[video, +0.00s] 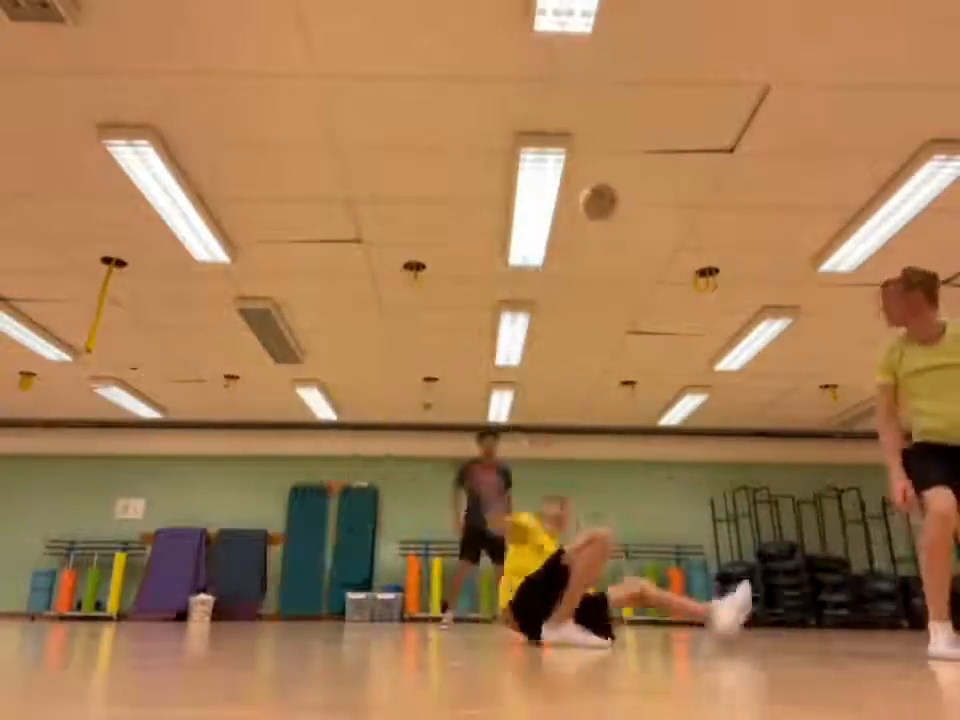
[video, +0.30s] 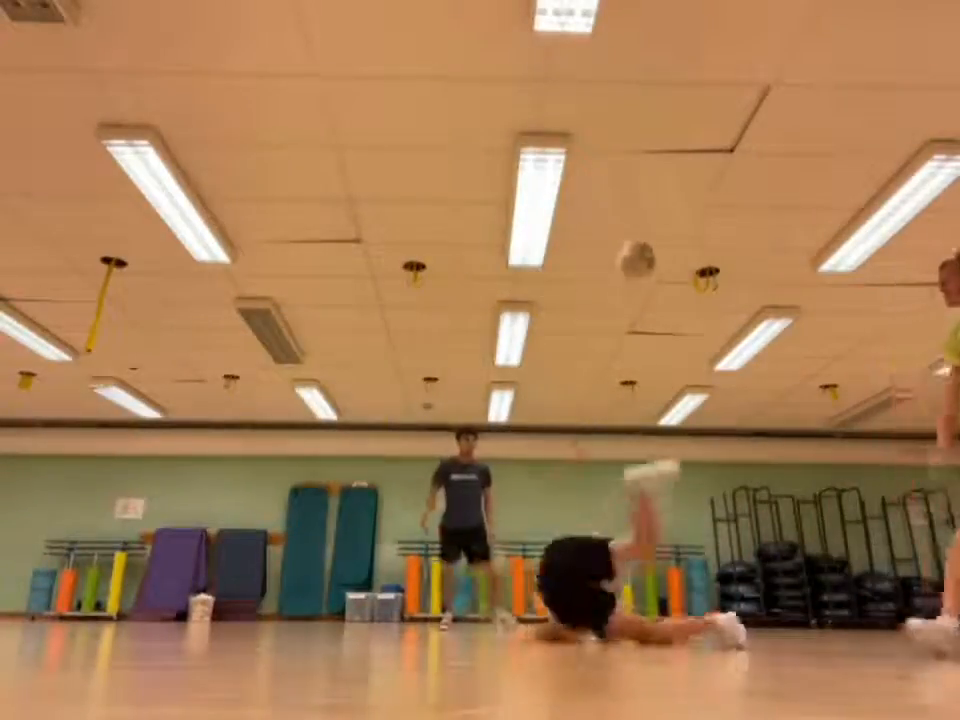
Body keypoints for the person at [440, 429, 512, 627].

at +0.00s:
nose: (489, 450)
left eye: (492, 445)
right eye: (486, 445)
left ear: (497, 446)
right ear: (479, 446)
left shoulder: (503, 470)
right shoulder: (468, 469)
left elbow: (508, 496)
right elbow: (456, 494)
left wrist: (508, 519)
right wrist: (457, 519)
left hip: (497, 522)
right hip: (474, 522)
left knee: (502, 569)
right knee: (464, 567)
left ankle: (505, 610)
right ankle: (450, 609)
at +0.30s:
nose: (468, 445)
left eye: (471, 441)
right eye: (465, 441)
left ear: (475, 444)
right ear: (458, 443)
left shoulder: (482, 470)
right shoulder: (447, 467)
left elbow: (488, 500)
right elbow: (434, 491)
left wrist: (490, 526)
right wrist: (428, 513)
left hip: (475, 525)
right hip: (451, 525)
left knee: (487, 568)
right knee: (448, 568)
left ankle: (495, 610)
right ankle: (448, 611)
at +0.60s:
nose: (454, 444)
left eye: (457, 440)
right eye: (450, 440)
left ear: (461, 442)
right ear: (445, 442)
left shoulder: (469, 468)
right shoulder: (432, 466)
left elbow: (474, 495)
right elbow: (417, 489)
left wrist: (474, 520)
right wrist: (411, 511)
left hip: (462, 523)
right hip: (439, 525)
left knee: (468, 564)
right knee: (441, 569)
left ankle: (468, 608)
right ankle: (445, 611)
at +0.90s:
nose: (450, 445)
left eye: (453, 440)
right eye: (447, 440)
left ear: (457, 443)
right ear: (439, 440)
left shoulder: (459, 469)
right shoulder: (423, 465)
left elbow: (465, 496)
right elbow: (409, 487)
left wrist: (462, 518)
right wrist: (412, 506)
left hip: (451, 521)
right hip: (428, 521)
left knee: (447, 562)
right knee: (433, 569)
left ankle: (444, 609)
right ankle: (442, 609)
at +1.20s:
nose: (439, 437)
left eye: (443, 432)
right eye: (435, 431)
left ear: (445, 435)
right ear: (425, 432)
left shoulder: (444, 465)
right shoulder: (405, 457)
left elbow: (449, 496)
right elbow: (388, 482)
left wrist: (447, 524)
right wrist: (387, 514)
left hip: (432, 523)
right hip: (406, 522)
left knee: (437, 568)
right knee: (406, 566)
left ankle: (434, 613)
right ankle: (412, 598)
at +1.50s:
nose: (393, 410)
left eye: (397, 406)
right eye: (389, 405)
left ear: (401, 409)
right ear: (379, 406)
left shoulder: (404, 440)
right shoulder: (359, 437)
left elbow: (413, 472)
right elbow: (335, 460)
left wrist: (412, 503)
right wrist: (329, 486)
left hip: (394, 507)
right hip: (364, 506)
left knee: (393, 559)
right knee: (355, 557)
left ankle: (406, 601)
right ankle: (357, 613)